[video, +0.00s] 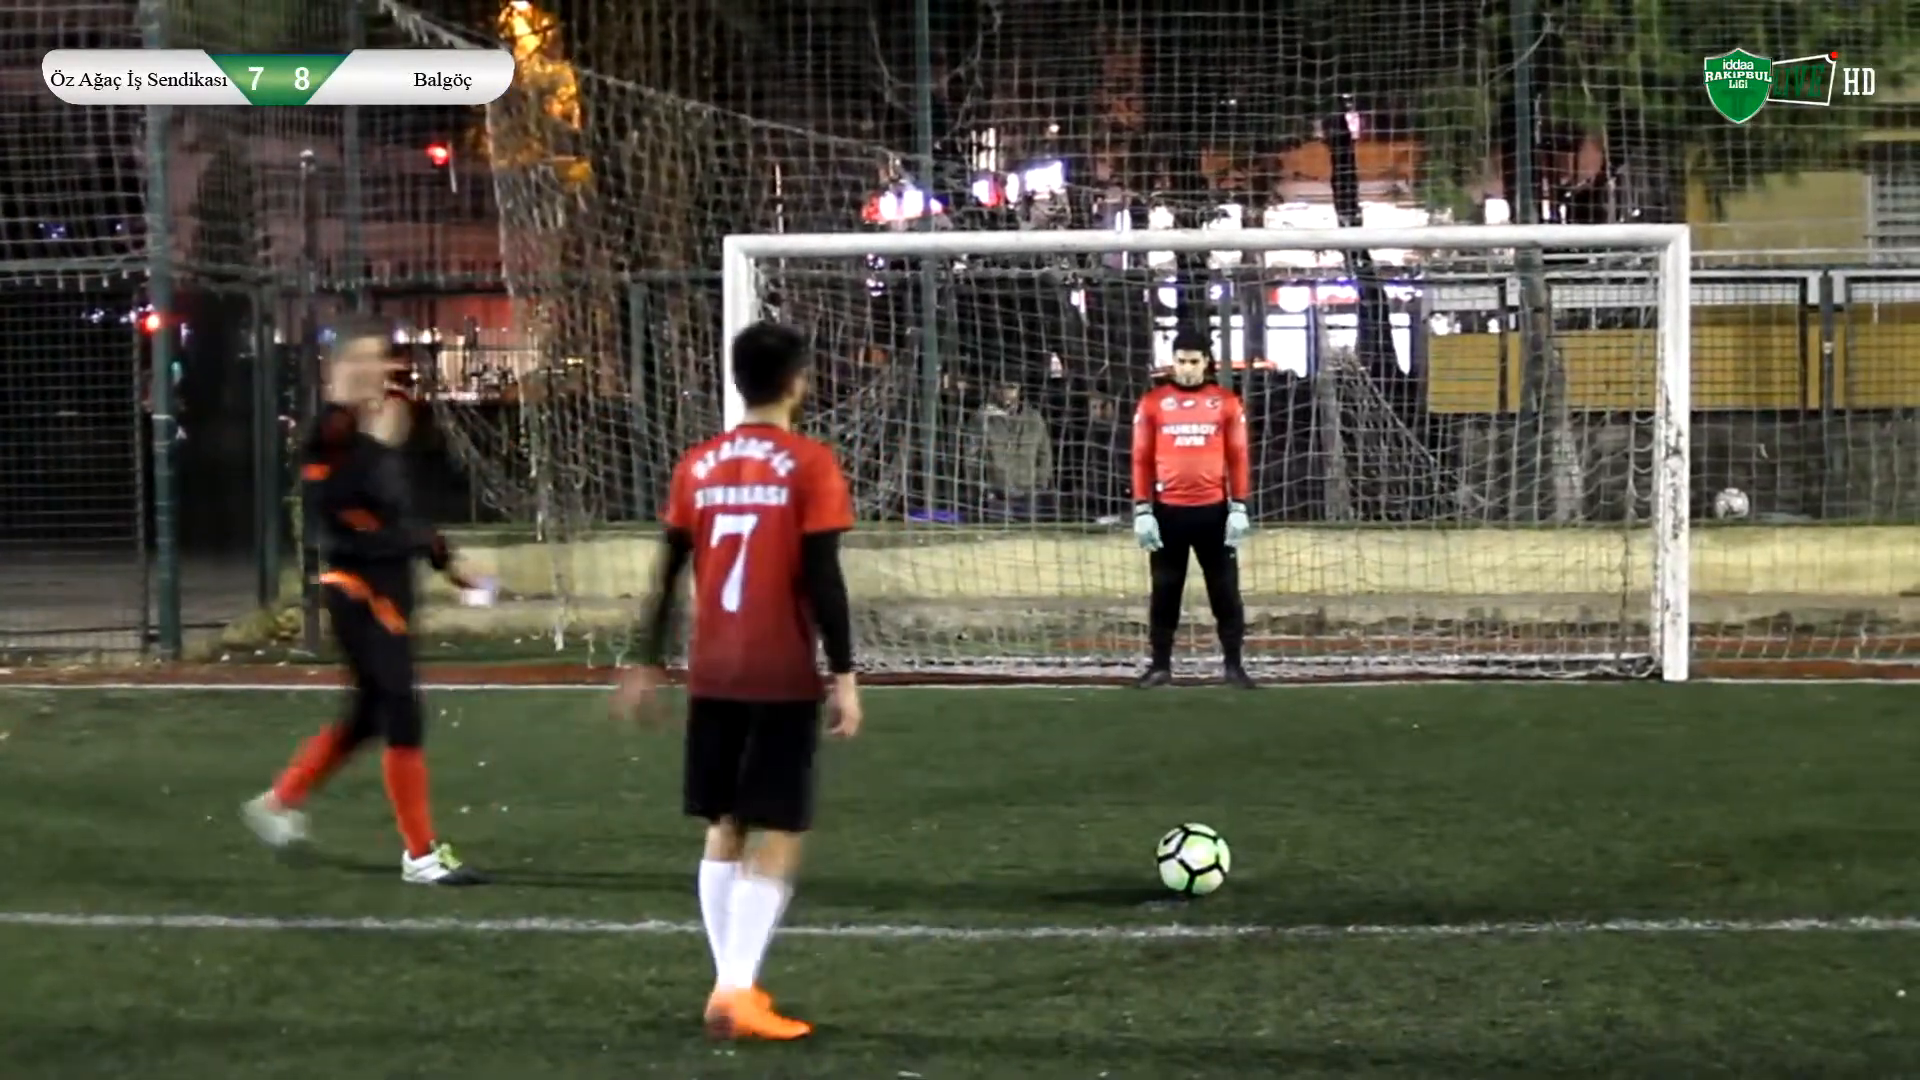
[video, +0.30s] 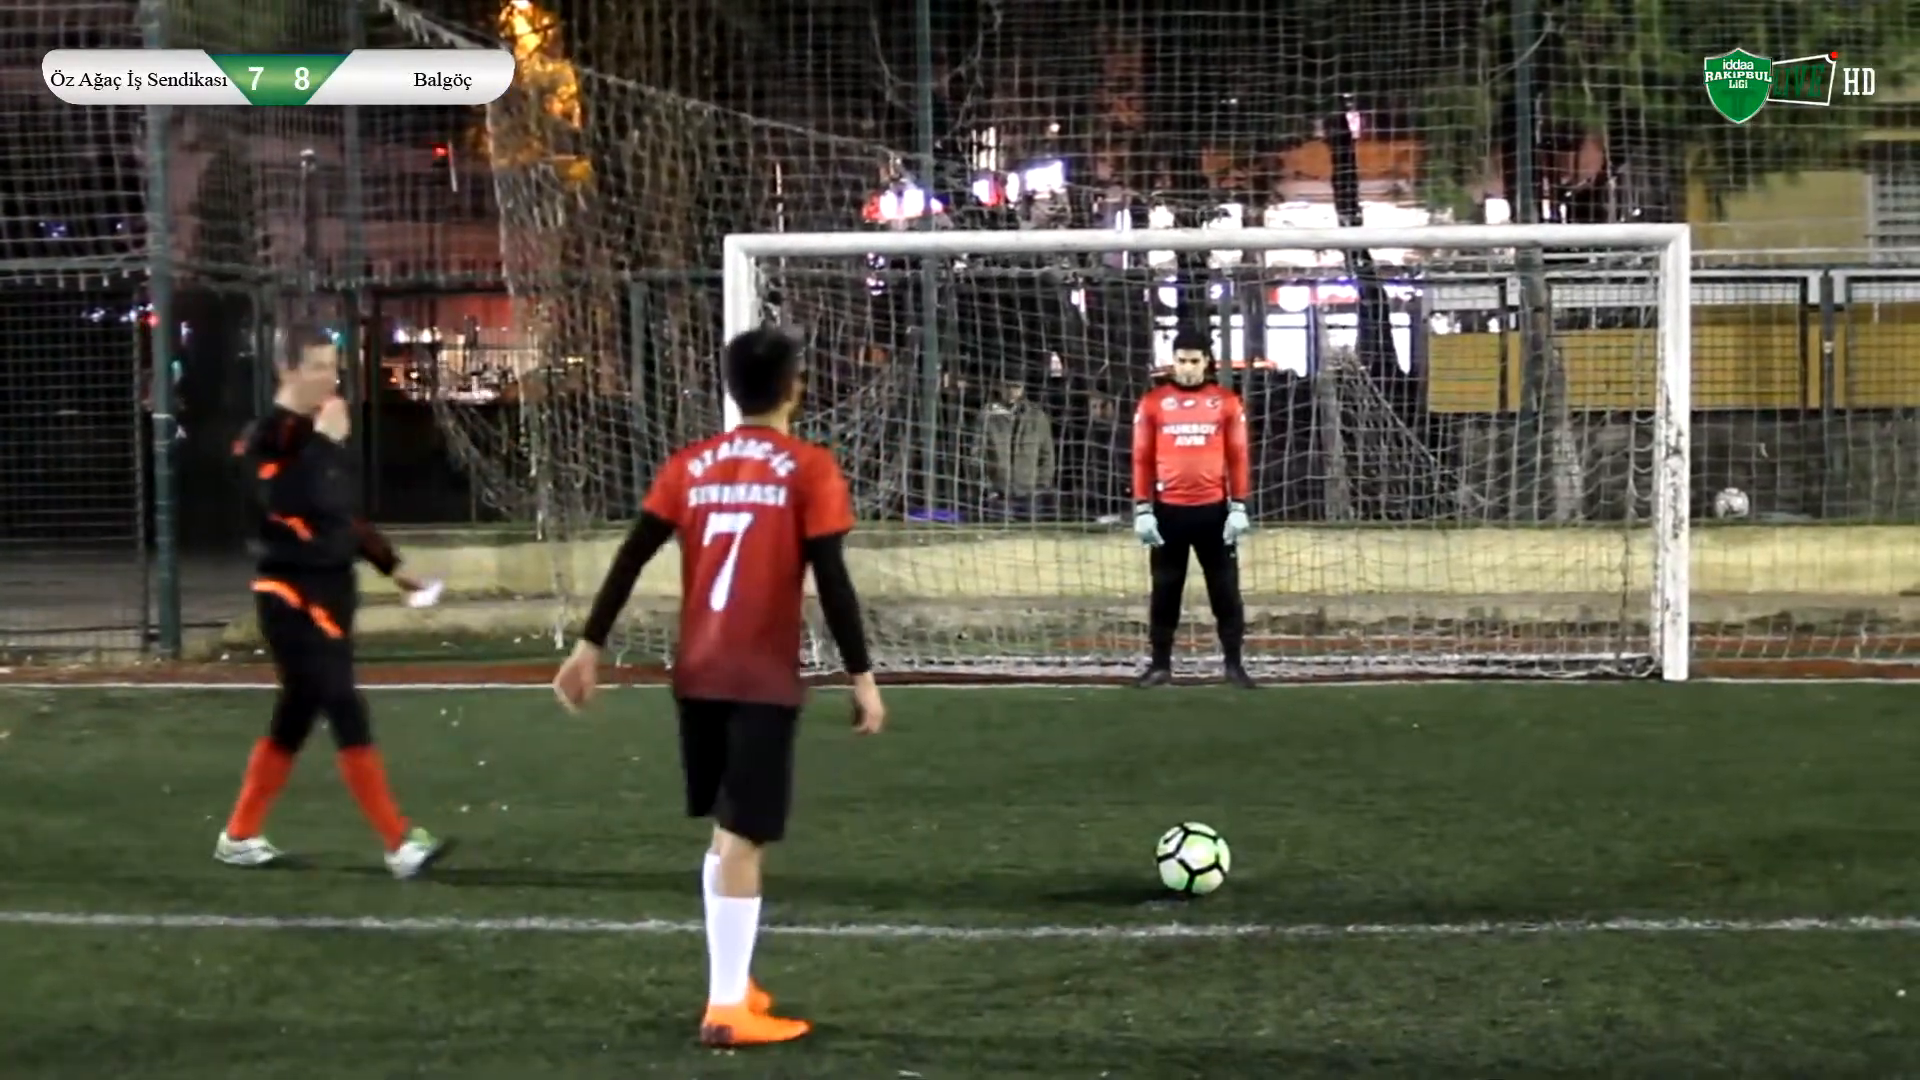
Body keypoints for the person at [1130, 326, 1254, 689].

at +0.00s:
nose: (1187, 368)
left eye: (1194, 361)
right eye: (1181, 361)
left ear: (1207, 363)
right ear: (1172, 364)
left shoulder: (1227, 402)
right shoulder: (1152, 403)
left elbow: (1238, 456)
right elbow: (1141, 458)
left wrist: (1239, 504)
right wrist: (1142, 508)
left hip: (1214, 509)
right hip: (1167, 510)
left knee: (1225, 593)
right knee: (1164, 592)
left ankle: (1233, 664)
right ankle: (1160, 665)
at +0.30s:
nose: (1188, 368)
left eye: (1194, 361)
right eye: (1181, 361)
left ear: (1207, 363)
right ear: (1172, 363)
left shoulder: (1227, 402)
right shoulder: (1152, 403)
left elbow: (1239, 455)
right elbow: (1142, 458)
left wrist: (1239, 504)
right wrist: (1143, 507)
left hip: (1214, 508)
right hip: (1168, 509)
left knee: (1225, 592)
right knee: (1164, 592)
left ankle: (1233, 663)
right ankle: (1160, 663)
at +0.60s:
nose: (1188, 367)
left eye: (1195, 360)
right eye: (1182, 360)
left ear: (1208, 363)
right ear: (1173, 363)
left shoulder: (1228, 402)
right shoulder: (1152, 403)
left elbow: (1240, 455)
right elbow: (1142, 457)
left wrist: (1240, 503)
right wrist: (1144, 506)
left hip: (1215, 508)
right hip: (1169, 509)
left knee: (1226, 591)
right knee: (1165, 591)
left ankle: (1235, 664)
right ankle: (1161, 663)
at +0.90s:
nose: (1189, 366)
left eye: (1196, 359)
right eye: (1183, 359)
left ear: (1209, 361)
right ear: (1174, 361)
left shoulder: (1229, 402)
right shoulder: (1154, 402)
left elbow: (1241, 454)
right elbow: (1144, 456)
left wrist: (1241, 501)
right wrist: (1145, 504)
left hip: (1216, 507)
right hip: (1170, 508)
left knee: (1228, 591)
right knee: (1167, 590)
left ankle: (1236, 663)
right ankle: (1162, 662)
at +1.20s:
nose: (1190, 362)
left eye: (1197, 355)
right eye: (1184, 355)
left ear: (1212, 359)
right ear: (1177, 358)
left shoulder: (1232, 401)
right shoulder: (1157, 401)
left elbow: (1244, 453)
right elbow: (1147, 454)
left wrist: (1243, 500)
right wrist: (1148, 502)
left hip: (1219, 506)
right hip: (1173, 507)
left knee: (1231, 589)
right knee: (1170, 588)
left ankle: (1239, 661)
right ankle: (1165, 661)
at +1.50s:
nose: (1188, 362)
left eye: (1196, 355)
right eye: (1184, 355)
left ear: (1212, 359)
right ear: (1176, 357)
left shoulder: (1232, 401)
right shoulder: (1158, 400)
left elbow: (1243, 453)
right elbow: (1148, 454)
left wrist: (1242, 500)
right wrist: (1149, 502)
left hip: (1219, 505)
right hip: (1173, 506)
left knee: (1231, 588)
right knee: (1170, 587)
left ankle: (1239, 661)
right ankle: (1165, 660)